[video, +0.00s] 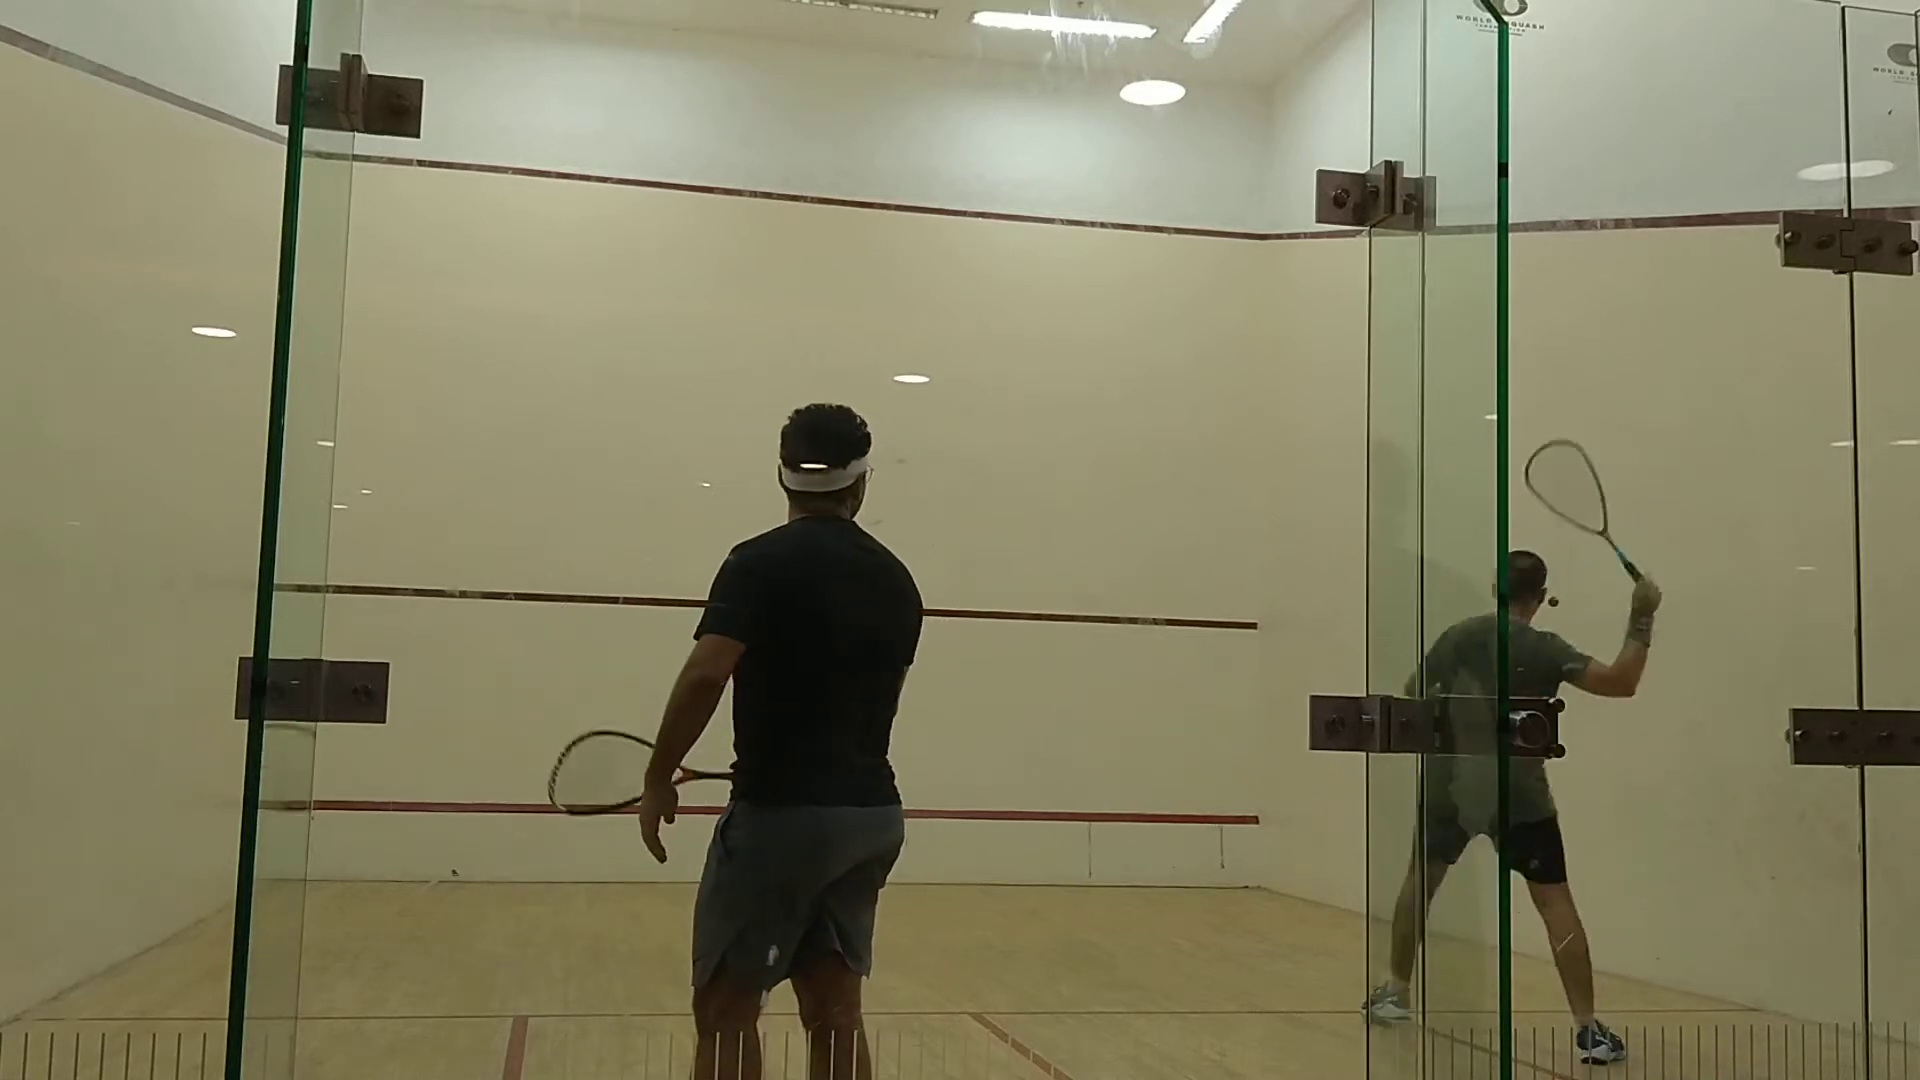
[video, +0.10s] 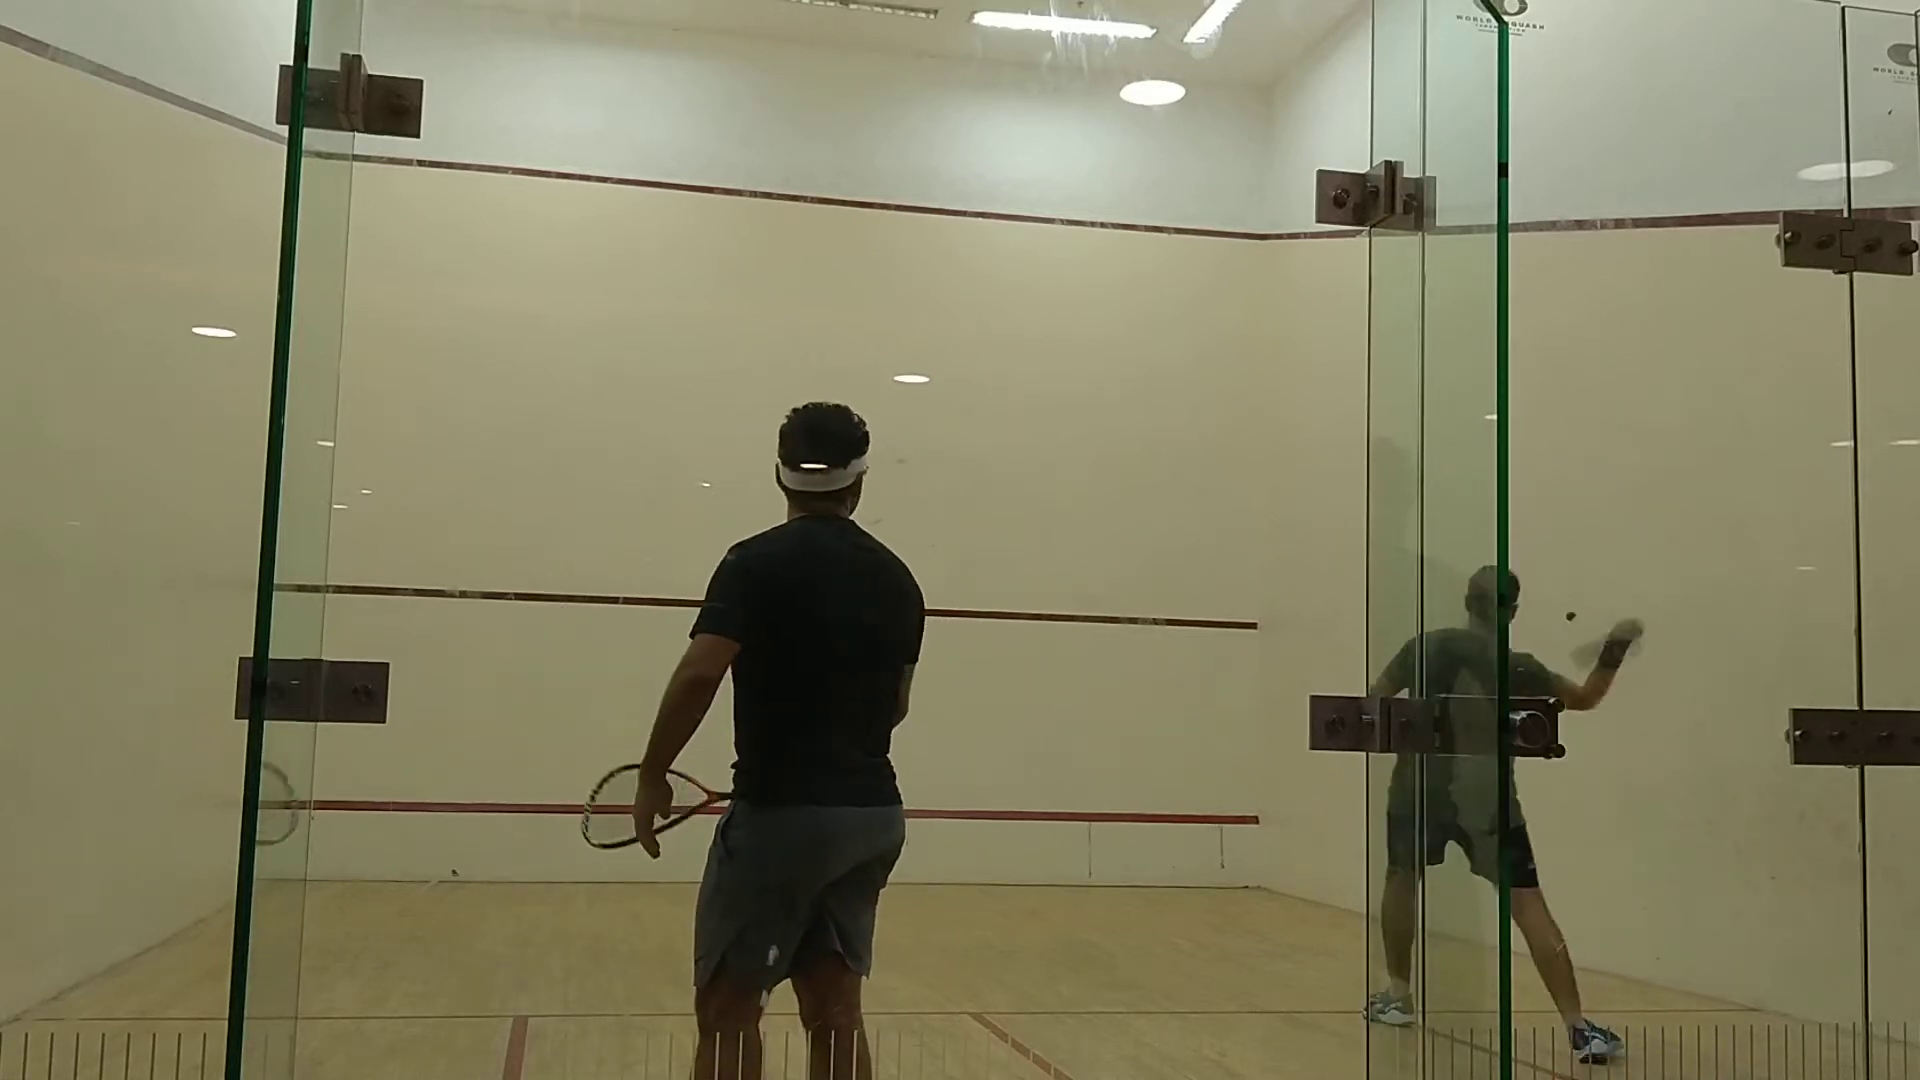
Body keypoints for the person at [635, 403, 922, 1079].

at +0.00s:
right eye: (861, 478)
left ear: (784, 480)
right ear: (860, 485)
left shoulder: (755, 563)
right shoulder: (897, 580)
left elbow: (707, 673)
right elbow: (871, 702)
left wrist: (659, 773)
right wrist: (772, 760)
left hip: (772, 824)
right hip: (870, 821)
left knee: (726, 1011)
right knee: (835, 1010)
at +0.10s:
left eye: (793, 469)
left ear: (781, 477)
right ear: (859, 482)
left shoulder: (751, 563)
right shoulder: (897, 580)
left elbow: (700, 674)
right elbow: (893, 707)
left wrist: (653, 772)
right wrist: (801, 757)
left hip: (772, 824)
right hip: (871, 821)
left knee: (727, 1012)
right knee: (834, 1004)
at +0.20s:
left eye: (784, 466)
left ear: (778, 475)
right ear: (858, 480)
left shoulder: (753, 563)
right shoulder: (897, 578)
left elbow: (702, 671)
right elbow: (898, 706)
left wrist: (650, 769)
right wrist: (813, 744)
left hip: (775, 824)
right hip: (873, 820)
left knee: (730, 1009)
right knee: (833, 1006)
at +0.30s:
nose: (781, 476)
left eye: (776, 468)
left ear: (774, 476)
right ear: (854, 479)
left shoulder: (762, 562)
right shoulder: (895, 576)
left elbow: (716, 673)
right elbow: (896, 706)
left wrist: (657, 764)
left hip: (785, 820)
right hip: (876, 819)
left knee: (732, 1006)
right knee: (830, 1002)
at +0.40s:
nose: (768, 478)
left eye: (768, 469)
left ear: (772, 480)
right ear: (851, 482)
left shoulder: (773, 560)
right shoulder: (890, 573)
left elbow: (746, 672)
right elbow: (880, 708)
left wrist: (676, 766)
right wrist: (774, 798)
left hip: (794, 820)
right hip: (880, 820)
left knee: (742, 1014)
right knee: (831, 1006)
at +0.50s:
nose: (765, 478)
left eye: (767, 468)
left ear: (770, 479)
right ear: (850, 481)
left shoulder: (784, 559)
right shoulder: (882, 565)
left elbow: (773, 671)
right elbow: (862, 700)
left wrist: (700, 781)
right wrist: (780, 801)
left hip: (805, 818)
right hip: (883, 816)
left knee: (754, 1007)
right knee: (832, 1006)